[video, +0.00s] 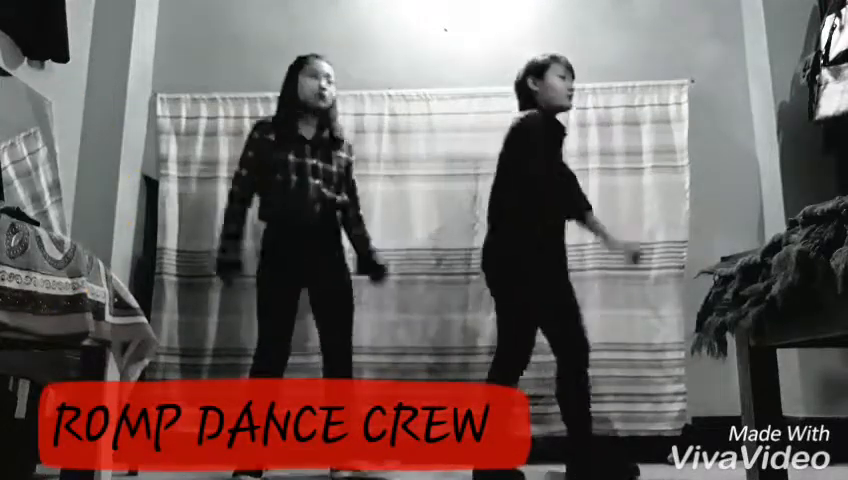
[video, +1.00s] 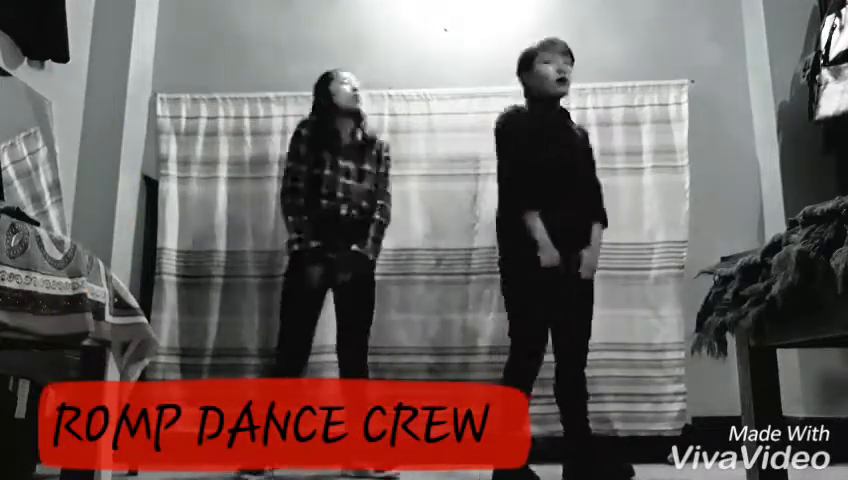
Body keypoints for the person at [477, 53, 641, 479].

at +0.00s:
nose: (571, 85)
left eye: (571, 79)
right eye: (562, 77)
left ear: (540, 90)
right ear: (536, 84)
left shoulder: (525, 131)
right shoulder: (541, 129)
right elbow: (566, 193)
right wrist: (611, 240)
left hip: (508, 260)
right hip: (536, 262)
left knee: (512, 353)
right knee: (573, 350)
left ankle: (482, 448)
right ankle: (583, 453)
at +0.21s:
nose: (576, 78)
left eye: (576, 72)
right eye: (568, 70)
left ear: (548, 80)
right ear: (541, 77)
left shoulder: (547, 122)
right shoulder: (540, 120)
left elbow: (576, 179)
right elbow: (557, 182)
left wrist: (605, 220)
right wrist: (579, 225)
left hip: (531, 250)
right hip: (539, 252)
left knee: (522, 352)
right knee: (559, 356)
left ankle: (488, 443)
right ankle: (584, 455)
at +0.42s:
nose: (572, 74)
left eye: (571, 67)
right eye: (564, 66)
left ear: (542, 77)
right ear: (538, 73)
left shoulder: (533, 116)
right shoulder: (545, 114)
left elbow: (531, 187)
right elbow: (546, 179)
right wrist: (561, 237)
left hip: (516, 252)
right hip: (535, 252)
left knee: (513, 352)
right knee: (557, 353)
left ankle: (490, 448)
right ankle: (584, 454)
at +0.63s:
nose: (583, 89)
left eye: (580, 81)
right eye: (575, 81)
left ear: (550, 91)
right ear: (551, 90)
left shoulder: (541, 137)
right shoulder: (556, 138)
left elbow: (546, 210)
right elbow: (563, 210)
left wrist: (557, 268)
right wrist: (571, 273)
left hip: (528, 270)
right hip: (544, 271)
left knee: (554, 359)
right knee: (589, 353)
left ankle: (501, 441)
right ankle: (584, 456)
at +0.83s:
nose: (578, 74)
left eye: (577, 67)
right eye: (570, 66)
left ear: (543, 78)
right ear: (542, 75)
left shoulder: (533, 120)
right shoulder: (552, 119)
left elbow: (530, 190)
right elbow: (561, 187)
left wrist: (552, 245)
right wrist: (571, 246)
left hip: (525, 252)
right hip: (545, 253)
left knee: (519, 354)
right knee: (557, 358)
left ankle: (491, 448)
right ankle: (581, 455)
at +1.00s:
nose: (562, 70)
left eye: (567, 65)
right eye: (550, 63)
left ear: (571, 77)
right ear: (526, 74)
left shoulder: (576, 133)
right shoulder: (514, 123)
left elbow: (592, 193)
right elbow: (518, 188)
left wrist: (594, 244)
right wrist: (543, 241)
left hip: (573, 258)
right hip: (526, 255)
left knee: (572, 358)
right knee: (527, 353)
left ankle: (579, 452)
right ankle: (505, 452)